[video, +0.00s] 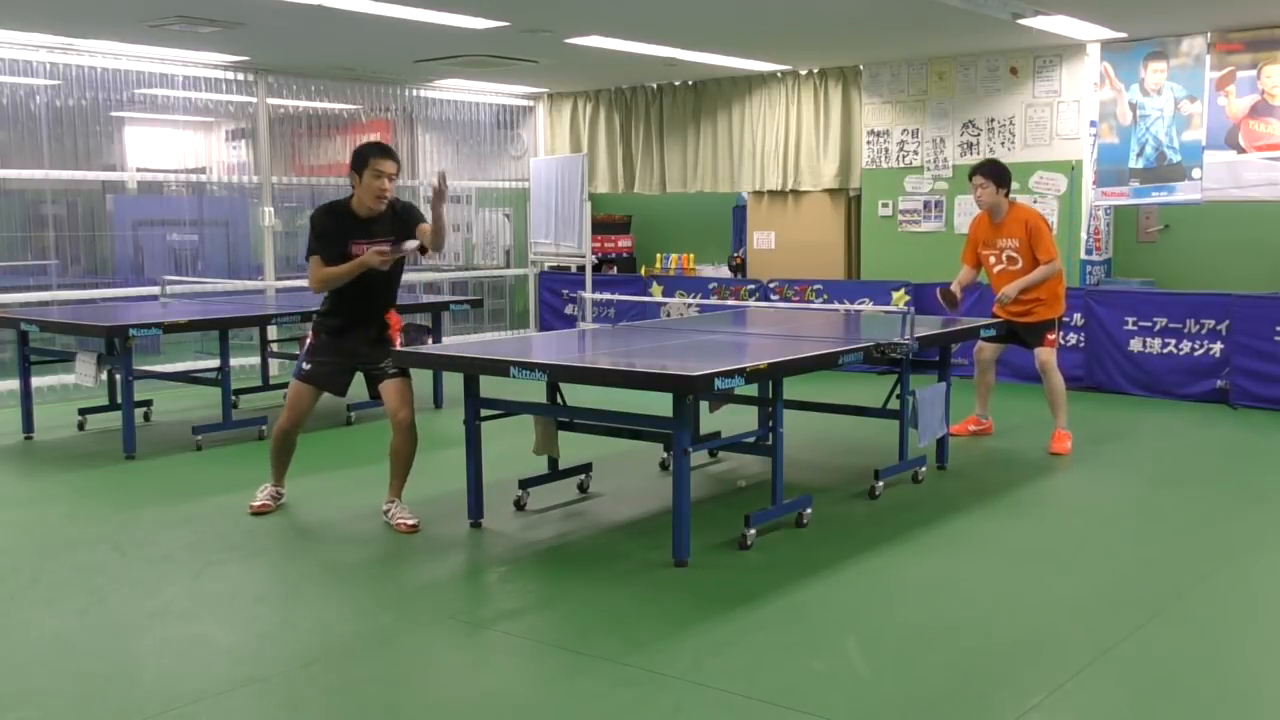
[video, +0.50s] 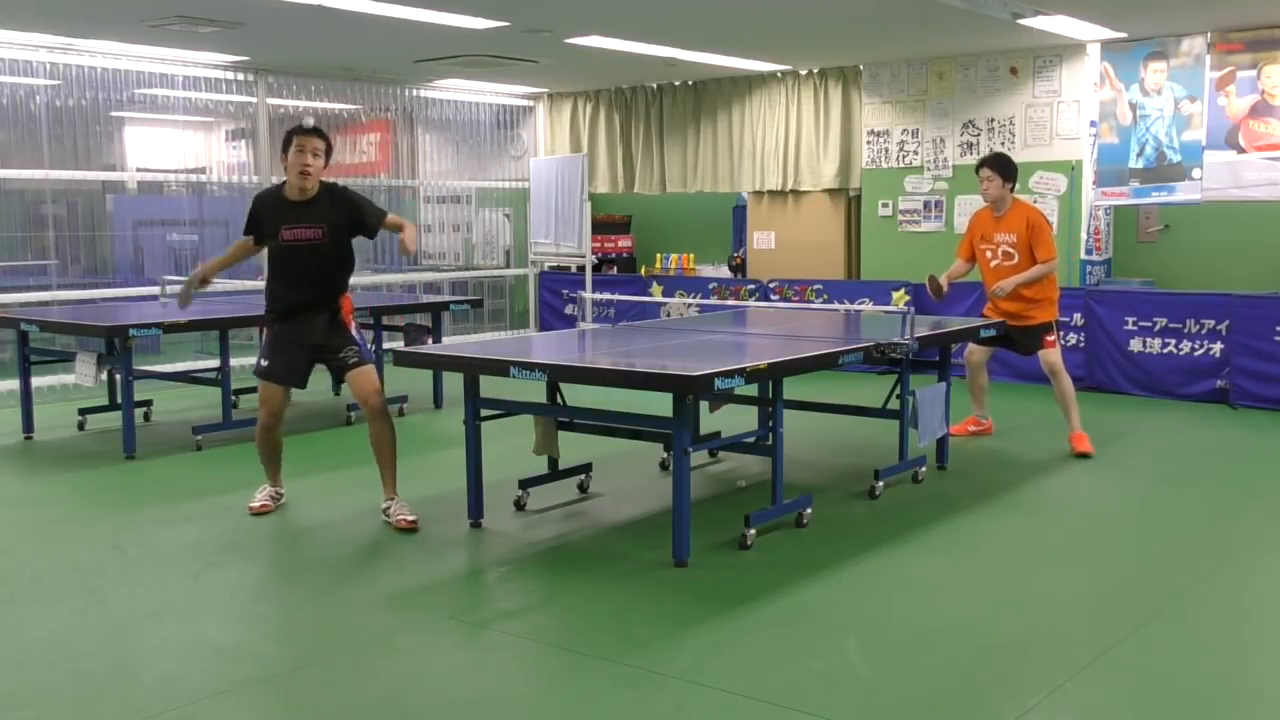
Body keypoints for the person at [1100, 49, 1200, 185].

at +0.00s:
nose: (1158, 77)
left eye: (1162, 72)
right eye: (1154, 71)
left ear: (1167, 73)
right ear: (1143, 72)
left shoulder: (1173, 89)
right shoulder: (1135, 91)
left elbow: (1198, 106)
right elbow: (1125, 120)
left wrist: (1191, 107)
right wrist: (1120, 95)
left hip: (1171, 162)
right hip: (1141, 164)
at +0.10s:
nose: (1158, 77)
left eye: (1162, 72)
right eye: (1154, 71)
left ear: (1167, 73)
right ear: (1143, 72)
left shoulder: (1173, 89)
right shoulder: (1135, 91)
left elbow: (1198, 106)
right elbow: (1125, 120)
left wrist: (1191, 107)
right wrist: (1121, 95)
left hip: (1171, 162)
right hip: (1141, 164)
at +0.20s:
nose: (1158, 77)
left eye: (1162, 72)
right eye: (1154, 71)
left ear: (1167, 73)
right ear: (1143, 72)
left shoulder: (1173, 89)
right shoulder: (1135, 91)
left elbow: (1198, 106)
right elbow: (1125, 121)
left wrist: (1191, 107)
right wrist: (1120, 95)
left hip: (1171, 161)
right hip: (1141, 164)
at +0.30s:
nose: (1158, 77)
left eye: (1162, 72)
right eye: (1154, 71)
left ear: (1167, 73)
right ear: (1143, 72)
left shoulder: (1173, 89)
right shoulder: (1135, 91)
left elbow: (1198, 106)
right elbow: (1125, 121)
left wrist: (1191, 107)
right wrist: (1120, 95)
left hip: (1171, 161)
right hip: (1141, 164)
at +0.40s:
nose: (1158, 77)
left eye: (1162, 72)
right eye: (1154, 71)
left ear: (1167, 73)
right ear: (1143, 72)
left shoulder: (1173, 89)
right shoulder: (1135, 91)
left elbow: (1198, 105)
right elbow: (1125, 121)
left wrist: (1191, 107)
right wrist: (1120, 95)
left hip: (1171, 162)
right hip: (1141, 164)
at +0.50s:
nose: (1158, 77)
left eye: (1162, 72)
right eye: (1154, 71)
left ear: (1167, 73)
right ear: (1143, 72)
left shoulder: (1173, 89)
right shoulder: (1134, 91)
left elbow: (1198, 106)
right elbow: (1125, 121)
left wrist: (1191, 107)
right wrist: (1121, 95)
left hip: (1171, 162)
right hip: (1141, 164)